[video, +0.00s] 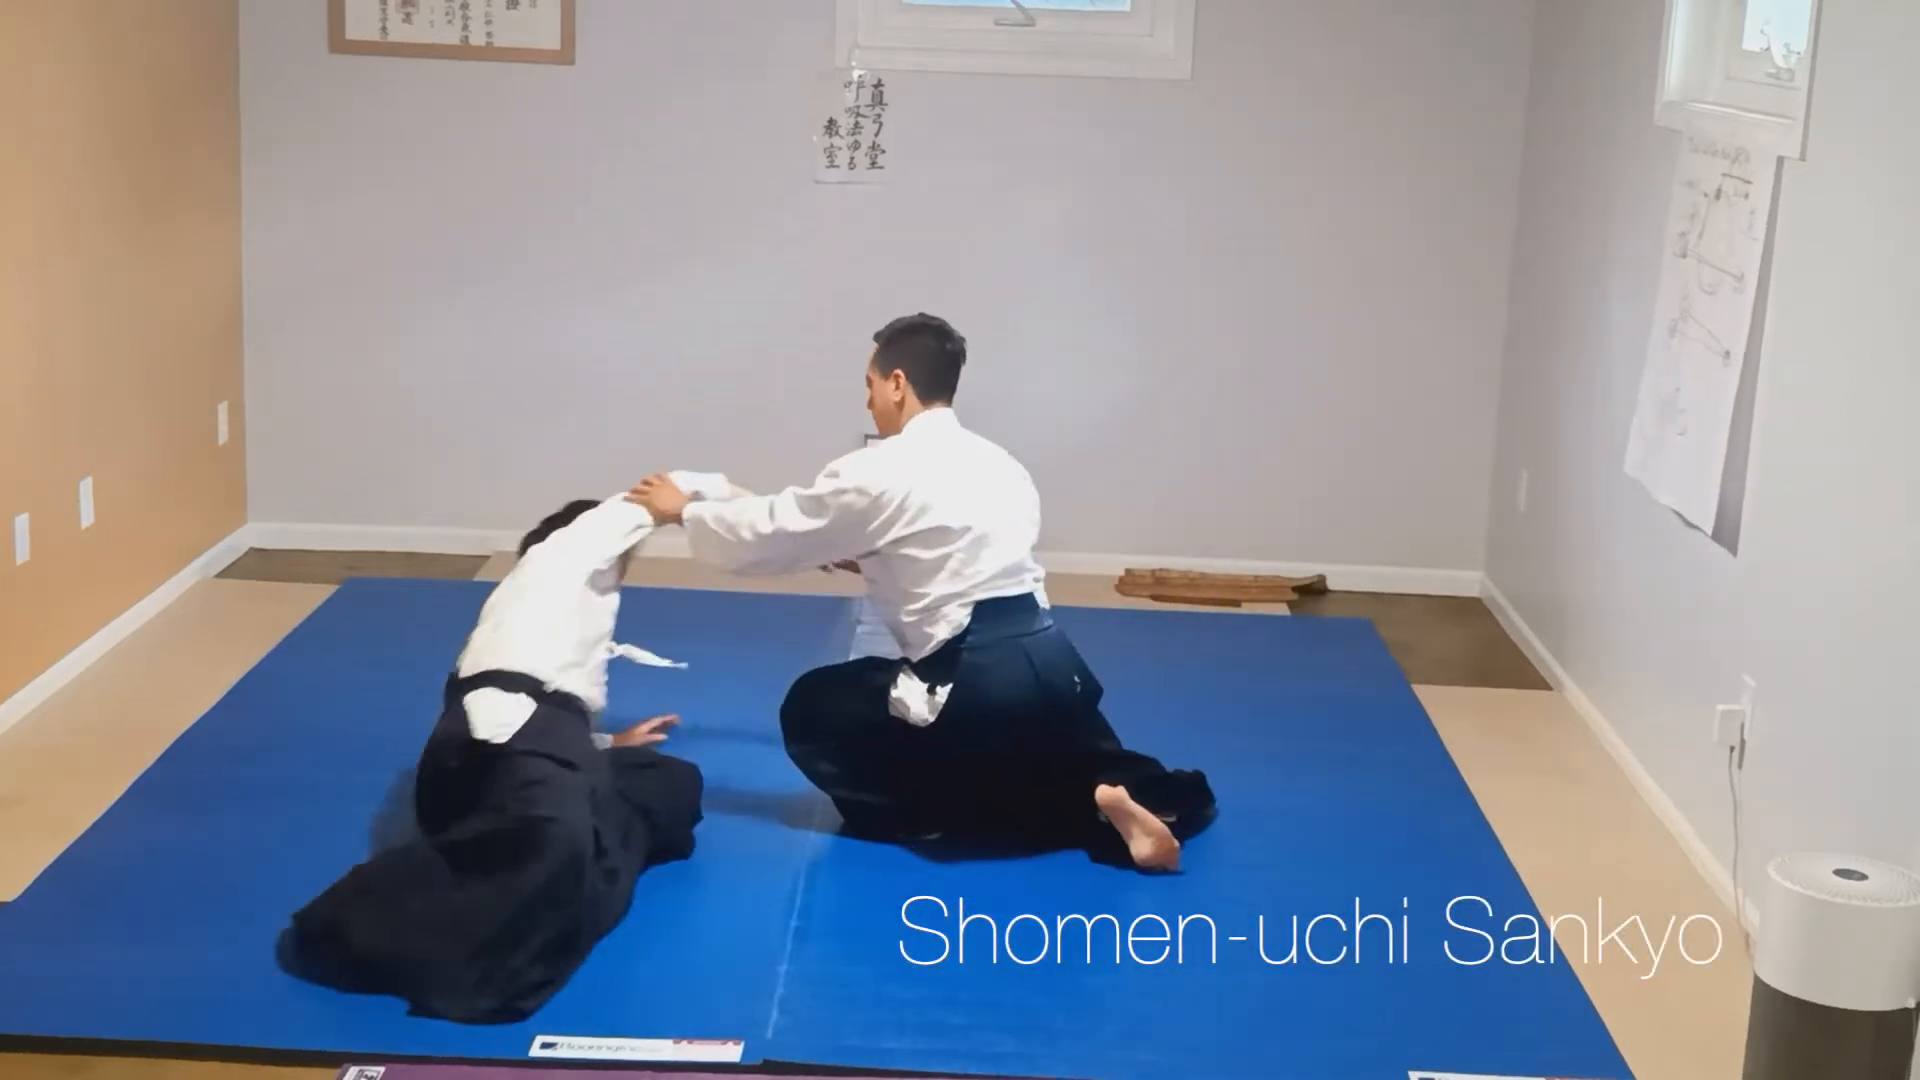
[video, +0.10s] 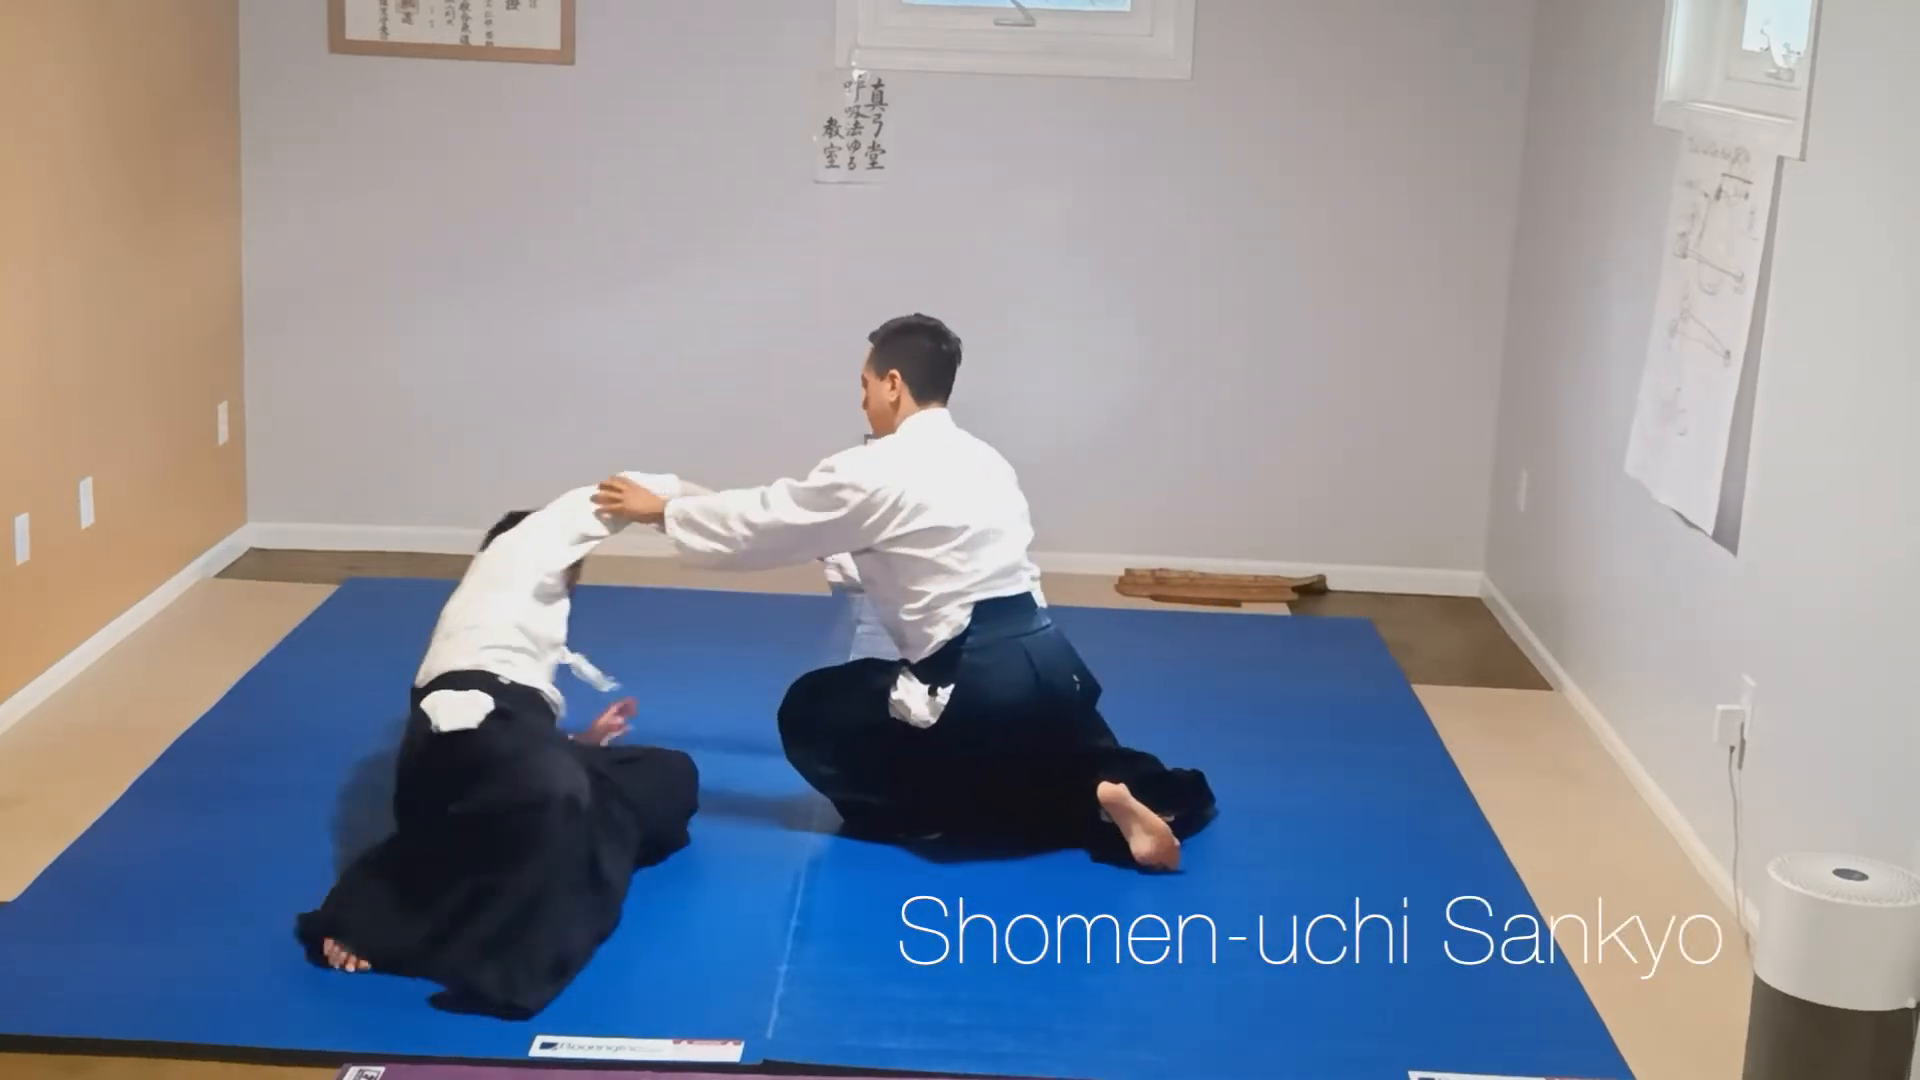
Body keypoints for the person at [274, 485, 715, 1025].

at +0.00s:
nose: (623, 564)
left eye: (623, 555)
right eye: (617, 546)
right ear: (582, 531)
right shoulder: (562, 554)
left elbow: (540, 719)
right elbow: (666, 494)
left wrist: (614, 743)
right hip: (516, 721)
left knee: (673, 781)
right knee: (553, 842)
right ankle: (344, 932)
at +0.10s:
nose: (575, 576)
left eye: (576, 567)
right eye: (570, 559)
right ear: (533, 539)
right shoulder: (516, 553)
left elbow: (515, 732)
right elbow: (621, 492)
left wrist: (585, 744)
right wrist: (702, 504)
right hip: (477, 713)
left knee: (672, 776)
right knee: (550, 795)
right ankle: (371, 917)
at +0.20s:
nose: (543, 573)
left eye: (541, 561)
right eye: (534, 552)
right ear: (505, 522)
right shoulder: (486, 536)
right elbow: (599, 490)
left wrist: (580, 742)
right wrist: (693, 504)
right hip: (471, 705)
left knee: (666, 772)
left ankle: (634, 864)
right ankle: (371, 892)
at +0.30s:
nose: (532, 553)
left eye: (533, 542)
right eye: (521, 536)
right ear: (482, 526)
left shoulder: (500, 645)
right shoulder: (460, 537)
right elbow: (552, 484)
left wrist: (577, 742)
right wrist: (655, 487)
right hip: (456, 694)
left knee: (665, 759)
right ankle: (353, 866)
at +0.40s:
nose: (525, 562)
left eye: (528, 548)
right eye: (517, 545)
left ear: (513, 548)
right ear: (485, 532)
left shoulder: (501, 638)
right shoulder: (450, 539)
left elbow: (503, 742)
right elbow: (542, 473)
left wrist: (576, 736)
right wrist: (644, 483)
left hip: (492, 744)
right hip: (426, 698)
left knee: (664, 753)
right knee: (537, 836)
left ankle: (787, 829)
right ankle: (372, 873)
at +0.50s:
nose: (528, 560)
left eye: (530, 546)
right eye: (521, 543)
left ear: (512, 551)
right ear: (488, 535)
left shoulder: (500, 641)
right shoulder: (445, 548)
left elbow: (503, 737)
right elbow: (523, 466)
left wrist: (577, 736)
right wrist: (623, 479)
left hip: (499, 771)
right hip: (419, 742)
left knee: (653, 767)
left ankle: (822, 814)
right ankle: (362, 866)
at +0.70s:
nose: (534, 572)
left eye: (538, 560)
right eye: (532, 553)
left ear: (512, 549)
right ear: (496, 532)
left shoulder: (499, 637)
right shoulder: (445, 538)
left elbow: (509, 746)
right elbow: (497, 437)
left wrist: (587, 746)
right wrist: (602, 429)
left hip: (493, 757)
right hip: (420, 725)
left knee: (659, 794)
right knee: (368, 695)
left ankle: (817, 849)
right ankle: (396, 867)